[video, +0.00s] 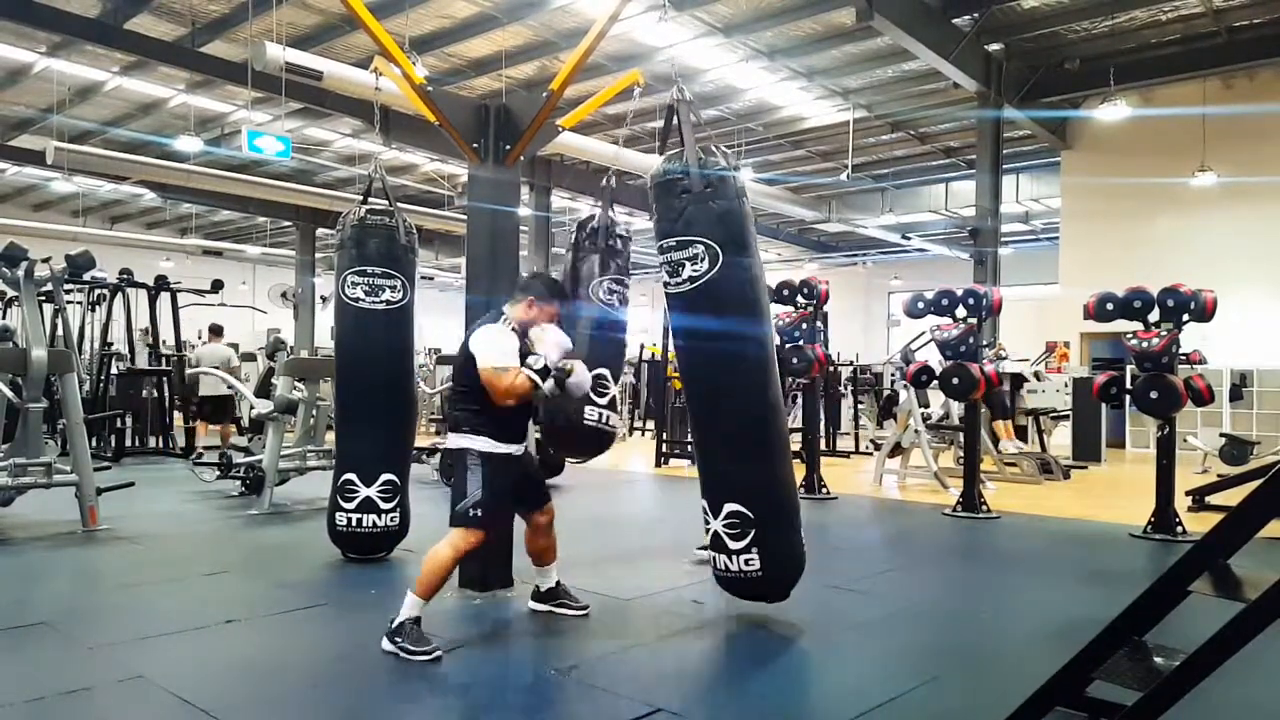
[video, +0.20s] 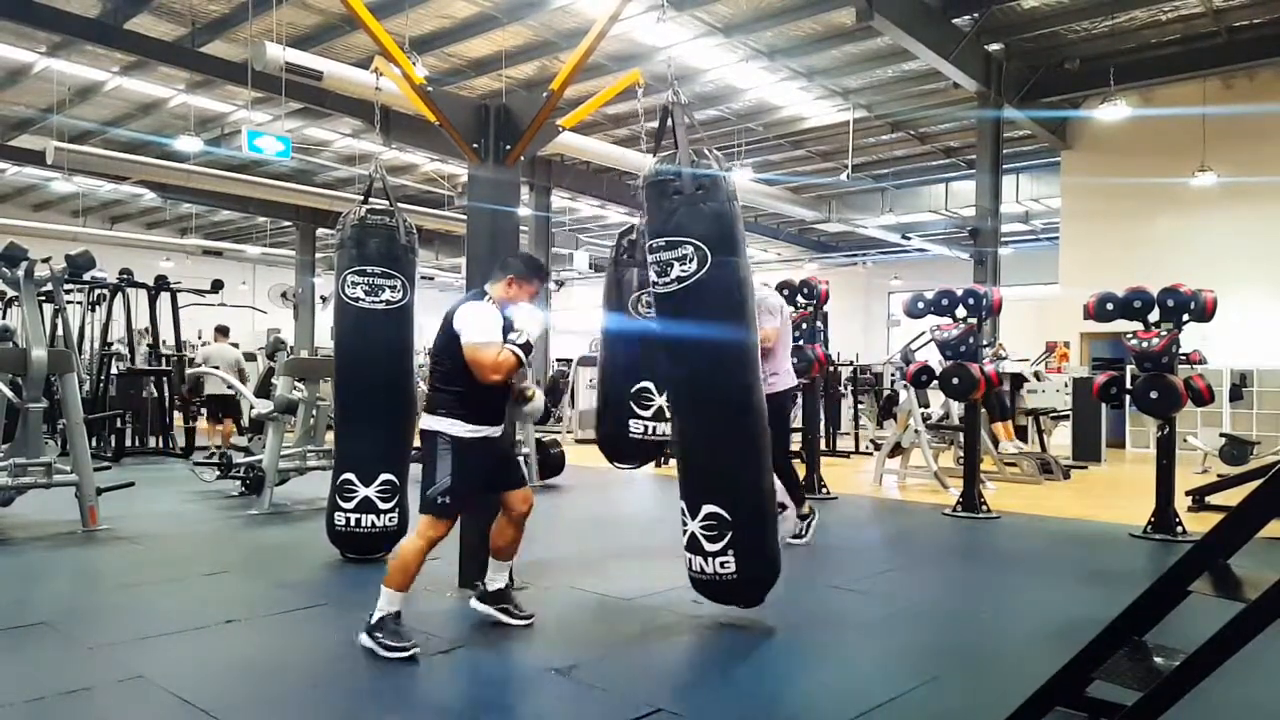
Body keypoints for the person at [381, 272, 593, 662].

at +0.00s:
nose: (550, 325)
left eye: (553, 319)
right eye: (549, 316)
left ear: (530, 308)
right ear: (529, 305)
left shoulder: (522, 342)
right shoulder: (491, 335)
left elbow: (529, 390)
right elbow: (504, 392)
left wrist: (565, 382)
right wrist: (540, 364)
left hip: (512, 450)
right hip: (474, 449)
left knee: (541, 515)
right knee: (470, 533)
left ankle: (547, 589)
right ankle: (403, 624)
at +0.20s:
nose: (529, 304)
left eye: (532, 299)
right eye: (529, 296)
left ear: (513, 287)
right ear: (512, 283)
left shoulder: (496, 317)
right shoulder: (473, 309)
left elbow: (501, 376)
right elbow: (492, 371)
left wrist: (522, 389)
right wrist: (523, 335)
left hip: (486, 435)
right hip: (449, 434)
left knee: (519, 503)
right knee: (432, 529)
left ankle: (494, 591)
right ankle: (381, 622)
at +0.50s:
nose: (519, 302)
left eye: (523, 295)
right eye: (517, 292)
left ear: (506, 286)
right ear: (494, 278)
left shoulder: (499, 319)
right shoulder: (445, 303)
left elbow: (517, 349)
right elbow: (435, 358)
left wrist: (553, 345)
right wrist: (490, 348)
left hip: (477, 435)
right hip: (429, 435)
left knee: (505, 509)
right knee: (400, 526)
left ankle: (487, 593)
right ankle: (357, 621)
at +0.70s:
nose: (496, 305)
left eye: (500, 298)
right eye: (494, 295)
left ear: (482, 288)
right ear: (473, 282)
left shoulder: (476, 324)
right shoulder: (423, 312)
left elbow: (478, 370)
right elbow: (409, 367)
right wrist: (471, 362)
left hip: (462, 442)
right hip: (415, 442)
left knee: (482, 517)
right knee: (388, 530)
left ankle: (480, 602)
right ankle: (320, 616)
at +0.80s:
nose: (479, 308)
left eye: (482, 301)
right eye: (478, 298)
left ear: (460, 290)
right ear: (456, 286)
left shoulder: (455, 328)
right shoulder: (408, 316)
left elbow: (451, 378)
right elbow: (399, 372)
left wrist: (478, 391)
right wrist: (458, 391)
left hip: (440, 447)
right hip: (393, 446)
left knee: (467, 524)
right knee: (370, 538)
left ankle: (480, 602)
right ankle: (304, 625)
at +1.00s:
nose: (452, 292)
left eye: (456, 284)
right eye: (451, 282)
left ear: (429, 273)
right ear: (427, 270)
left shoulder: (418, 310)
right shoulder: (383, 300)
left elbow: (411, 360)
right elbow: (370, 356)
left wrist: (444, 367)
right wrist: (429, 370)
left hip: (409, 431)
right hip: (362, 433)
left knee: (442, 501)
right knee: (344, 530)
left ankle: (430, 591)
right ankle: (305, 624)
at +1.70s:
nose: (500, 311)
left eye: (505, 303)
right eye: (500, 301)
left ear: (482, 289)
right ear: (478, 285)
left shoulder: (470, 321)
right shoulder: (428, 309)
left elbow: (471, 369)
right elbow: (427, 370)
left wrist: (502, 367)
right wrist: (477, 350)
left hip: (452, 437)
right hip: (406, 436)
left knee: (468, 517)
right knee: (382, 527)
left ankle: (459, 604)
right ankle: (318, 617)